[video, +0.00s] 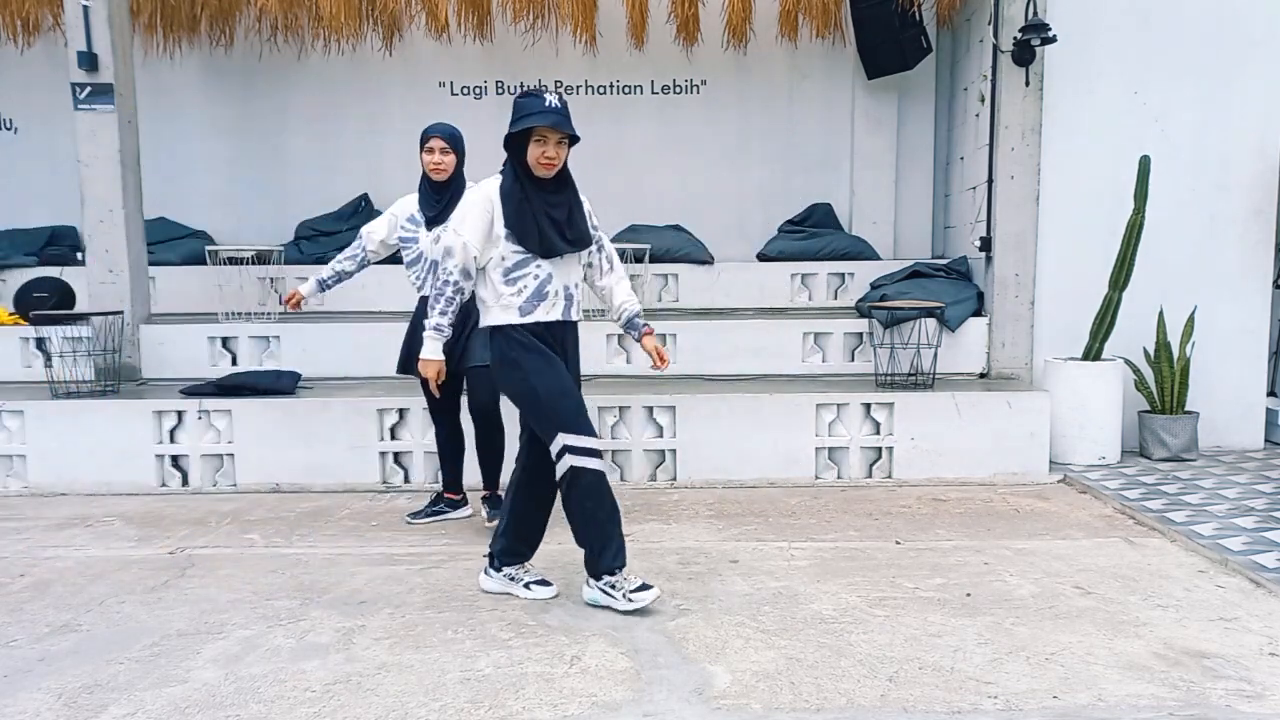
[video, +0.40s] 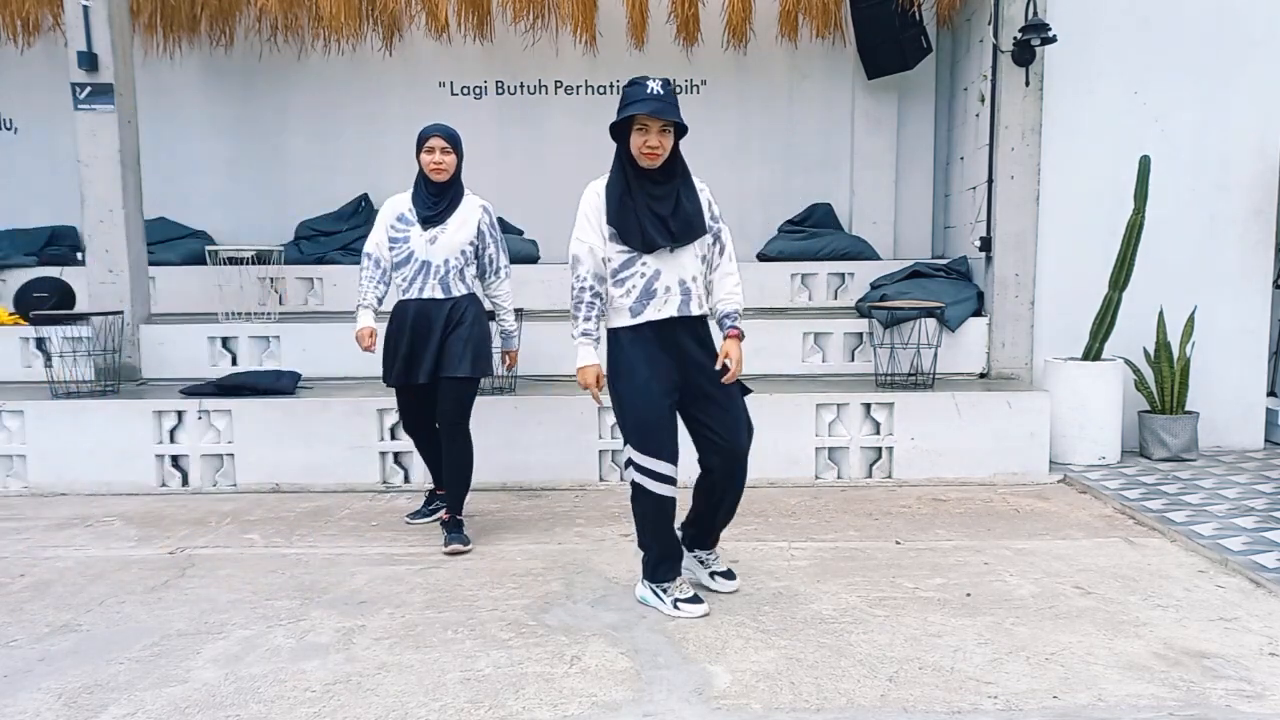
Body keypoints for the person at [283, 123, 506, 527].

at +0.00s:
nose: (437, 159)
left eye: (445, 152)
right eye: (430, 151)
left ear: (460, 157)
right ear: (420, 157)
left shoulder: (480, 204)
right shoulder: (405, 212)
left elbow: (505, 256)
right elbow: (359, 252)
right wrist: (309, 288)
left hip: (479, 311)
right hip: (434, 313)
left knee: (484, 406)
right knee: (443, 409)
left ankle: (493, 493)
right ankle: (453, 496)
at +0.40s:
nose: (438, 158)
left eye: (446, 151)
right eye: (429, 151)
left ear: (459, 159)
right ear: (418, 158)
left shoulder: (478, 211)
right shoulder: (395, 208)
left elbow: (497, 277)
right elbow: (375, 265)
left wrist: (509, 333)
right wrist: (366, 314)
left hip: (462, 325)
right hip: (410, 325)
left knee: (452, 420)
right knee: (415, 419)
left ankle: (454, 519)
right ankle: (443, 487)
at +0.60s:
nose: (435, 151)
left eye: (443, 144)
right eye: (426, 144)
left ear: (457, 151)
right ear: (416, 152)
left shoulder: (479, 207)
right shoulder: (393, 204)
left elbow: (494, 276)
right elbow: (378, 275)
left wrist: (497, 336)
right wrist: (378, 331)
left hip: (462, 328)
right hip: (406, 329)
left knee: (455, 425)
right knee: (376, 419)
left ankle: (454, 520)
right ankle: (403, 487)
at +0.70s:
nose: (431, 147)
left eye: (439, 140)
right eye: (423, 141)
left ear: (454, 148)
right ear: (412, 151)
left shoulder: (476, 204)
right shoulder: (388, 203)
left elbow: (491, 272)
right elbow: (374, 274)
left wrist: (485, 328)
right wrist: (373, 328)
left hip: (456, 325)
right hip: (400, 325)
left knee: (453, 425)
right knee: (369, 421)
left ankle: (453, 520)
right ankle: (360, 510)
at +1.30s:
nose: (377, 150)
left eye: (386, 142)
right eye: (368, 143)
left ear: (401, 146)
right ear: (358, 150)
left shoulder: (431, 199)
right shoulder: (342, 203)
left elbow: (447, 271)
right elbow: (337, 272)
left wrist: (437, 333)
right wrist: (354, 324)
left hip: (421, 323)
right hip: (363, 323)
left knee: (438, 428)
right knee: (316, 415)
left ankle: (453, 521)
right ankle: (304, 509)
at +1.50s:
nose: (334, 175)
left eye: (343, 167)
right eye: (325, 167)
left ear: (359, 171)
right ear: (317, 174)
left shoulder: (391, 211)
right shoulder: (307, 235)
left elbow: (413, 275)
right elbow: (311, 307)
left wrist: (403, 336)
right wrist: (328, 365)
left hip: (394, 340)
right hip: (336, 347)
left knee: (436, 435)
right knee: (303, 439)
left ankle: (454, 523)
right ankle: (305, 523)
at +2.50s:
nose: (393, 205)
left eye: (402, 196)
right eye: (383, 196)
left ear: (415, 201)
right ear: (370, 203)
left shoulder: (437, 247)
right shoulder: (347, 251)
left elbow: (453, 310)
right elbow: (329, 322)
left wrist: (454, 366)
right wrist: (337, 386)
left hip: (424, 364)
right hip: (365, 364)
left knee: (470, 424)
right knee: (309, 431)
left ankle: (481, 516)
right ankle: (303, 521)